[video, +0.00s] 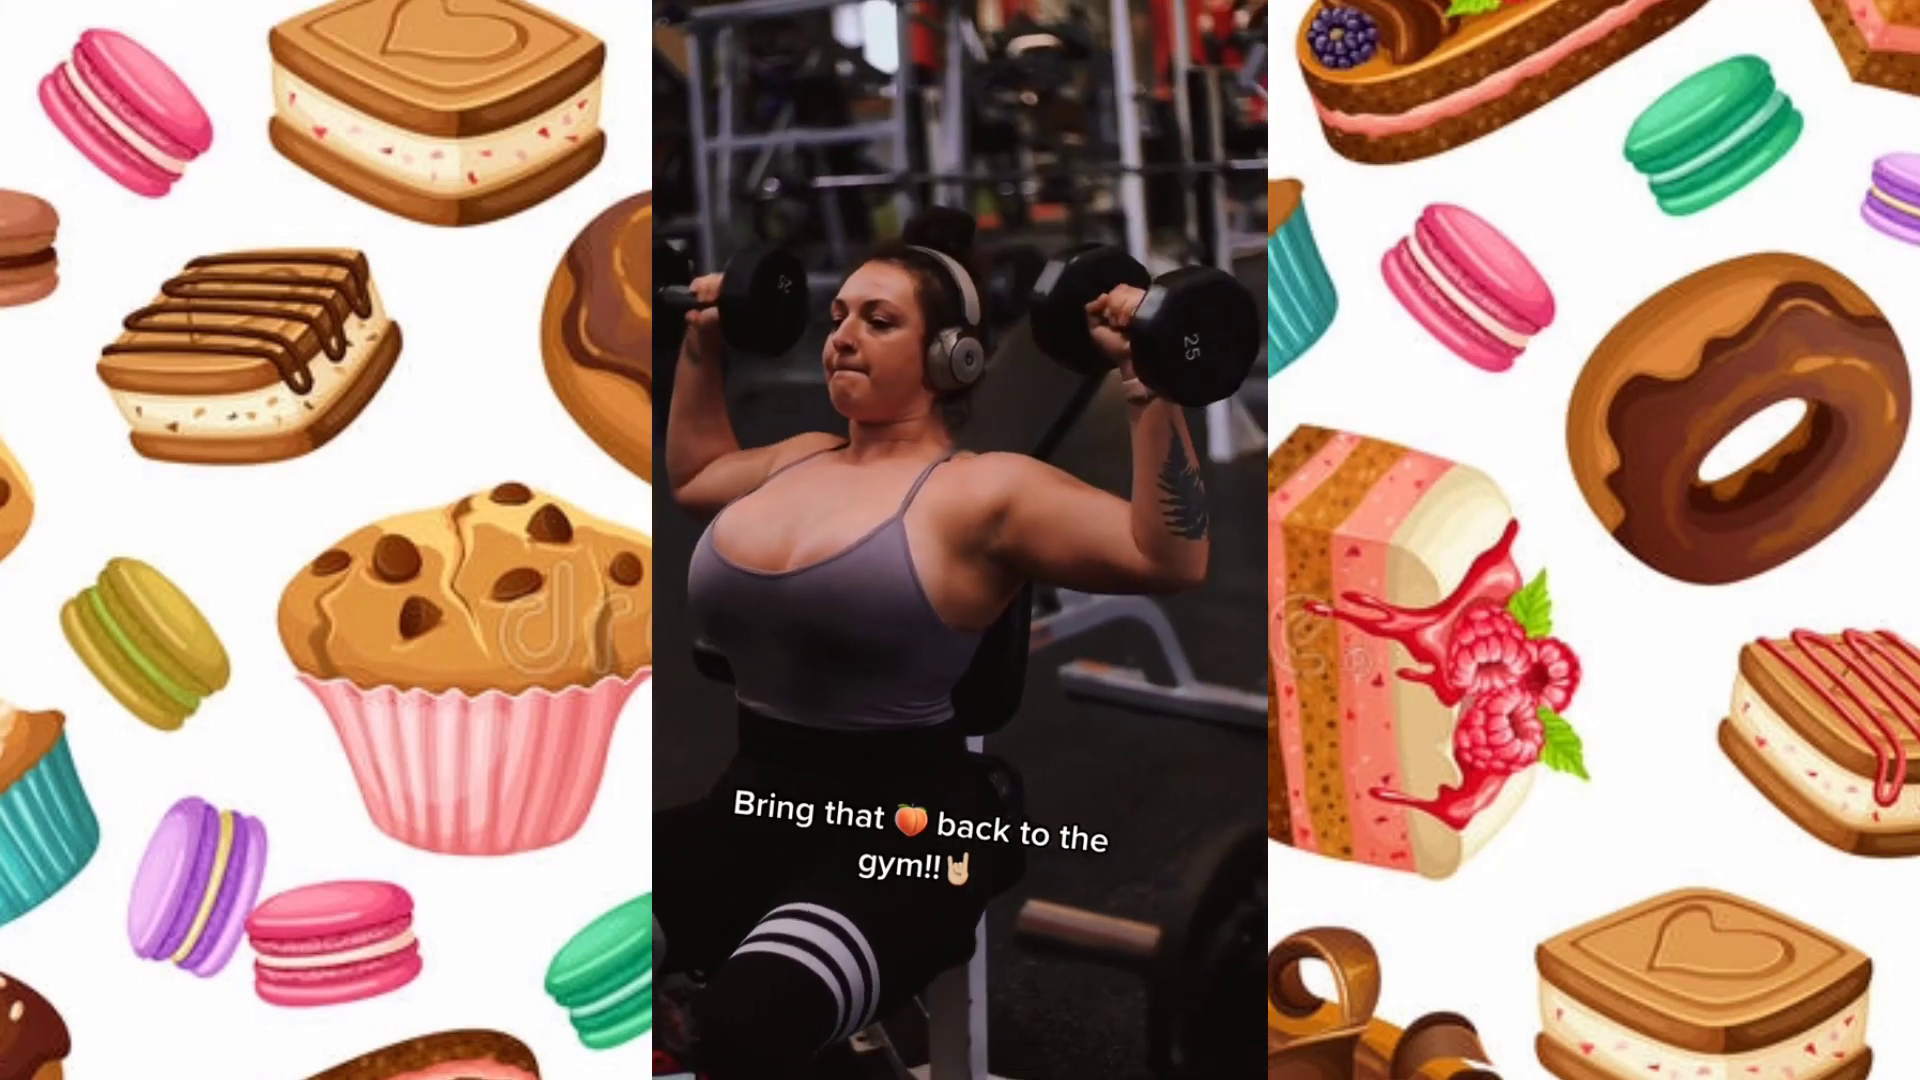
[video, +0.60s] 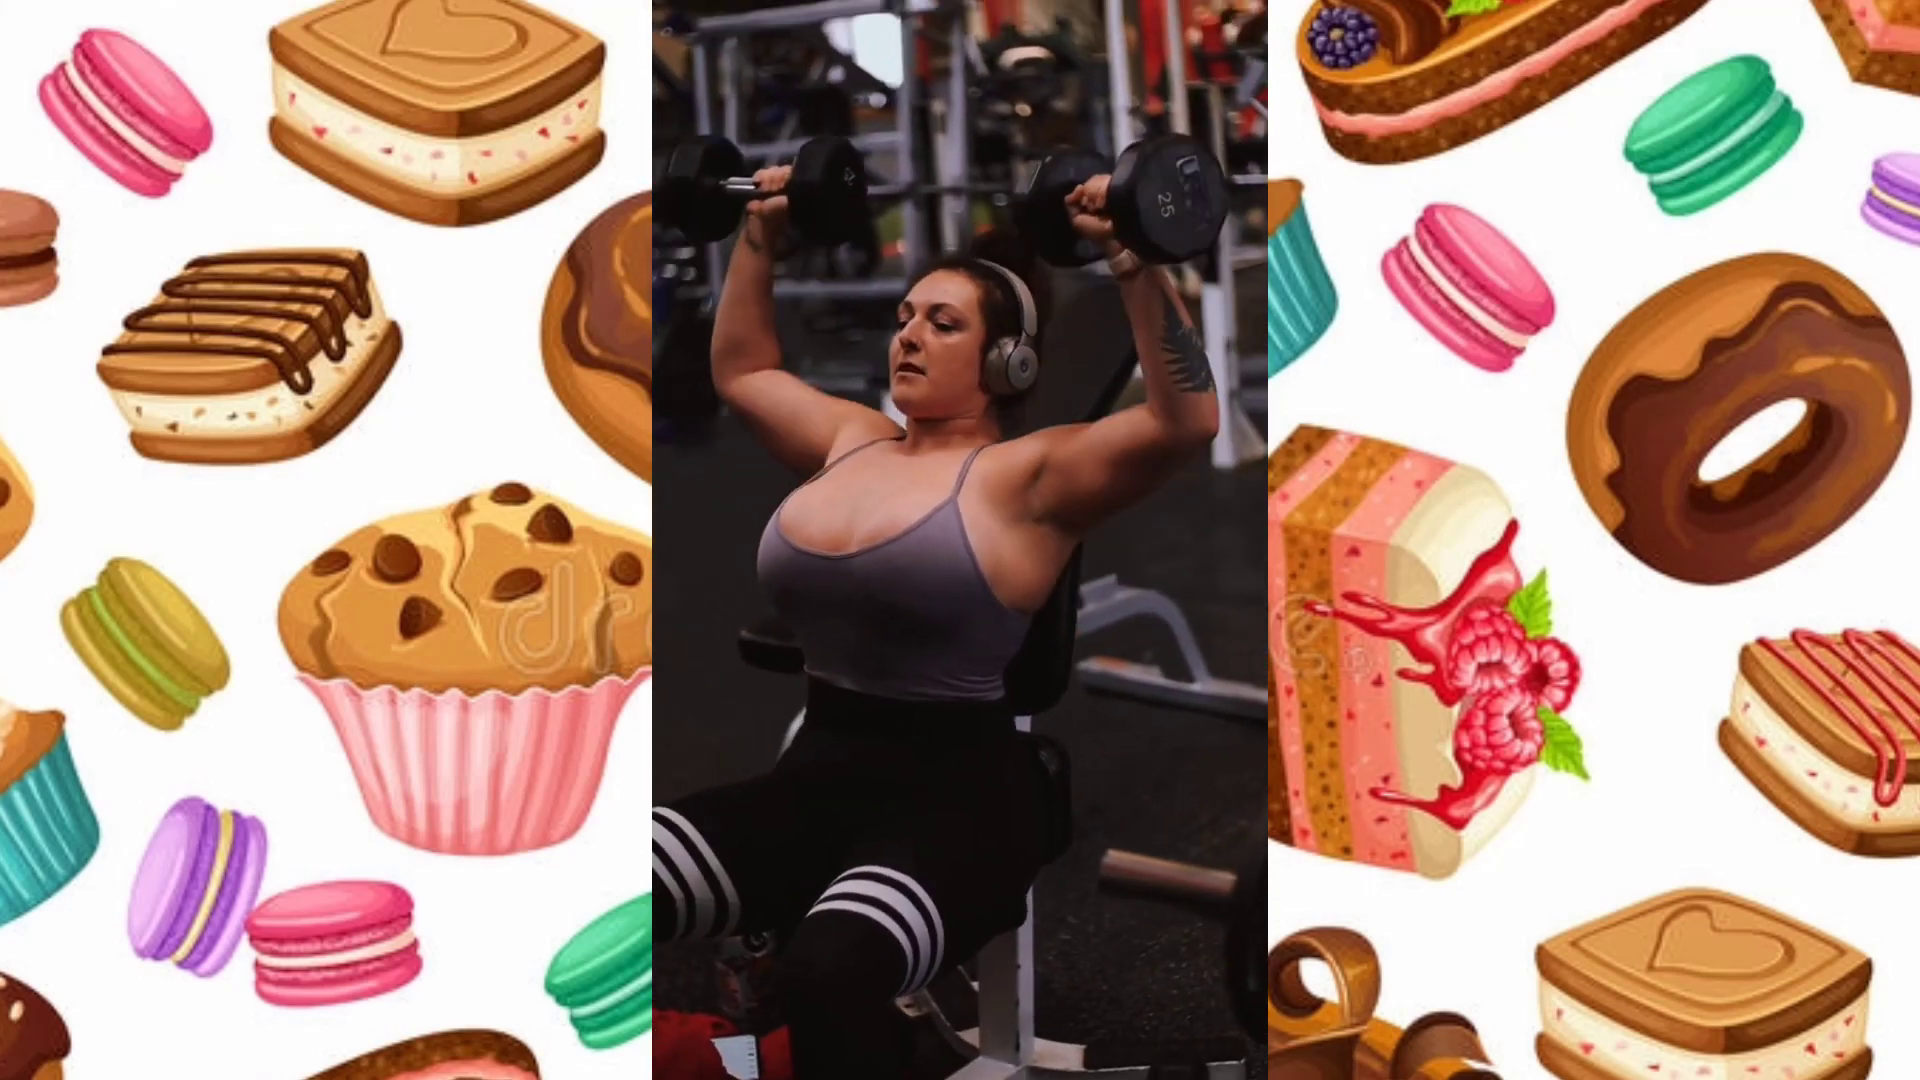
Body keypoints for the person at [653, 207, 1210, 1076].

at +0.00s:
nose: (843, 337)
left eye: (879, 320)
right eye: (839, 316)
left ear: (948, 356)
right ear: (824, 335)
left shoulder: (985, 490)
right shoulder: (804, 456)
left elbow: (1172, 558)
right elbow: (692, 472)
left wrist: (1151, 381)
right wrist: (701, 347)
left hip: (903, 831)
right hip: (759, 811)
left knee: (741, 1023)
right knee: (559, 907)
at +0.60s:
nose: (908, 335)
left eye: (941, 321)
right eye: (904, 319)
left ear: (1005, 358)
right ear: (890, 340)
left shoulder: (1032, 476)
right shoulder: (848, 438)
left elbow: (1186, 423)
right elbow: (743, 368)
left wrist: (1130, 258)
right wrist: (757, 237)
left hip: (961, 797)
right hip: (823, 779)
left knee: (824, 966)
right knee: (608, 885)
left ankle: (922, 1046)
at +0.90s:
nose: (900, 386)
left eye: (932, 373)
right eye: (896, 369)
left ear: (992, 410)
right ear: (884, 390)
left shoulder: (1021, 515)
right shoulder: (852, 481)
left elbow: (1118, 379)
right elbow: (766, 351)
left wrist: (1072, 218)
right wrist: (775, 208)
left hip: (958, 841)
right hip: (822, 823)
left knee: (827, 1013)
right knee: (612, 935)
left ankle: (927, 1055)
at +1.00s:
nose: (885, 400)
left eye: (919, 386)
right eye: (884, 383)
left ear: (979, 421)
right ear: (871, 405)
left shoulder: (1009, 523)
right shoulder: (842, 490)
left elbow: (1080, 364)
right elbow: (769, 349)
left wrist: (1036, 201)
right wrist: (773, 201)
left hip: (945, 849)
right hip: (808, 832)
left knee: (810, 1028)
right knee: (605, 945)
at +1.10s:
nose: (883, 404)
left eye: (914, 390)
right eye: (878, 388)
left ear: (971, 419)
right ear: (864, 410)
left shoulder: (1004, 524)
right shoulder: (839, 493)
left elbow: (1045, 358)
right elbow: (779, 341)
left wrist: (1014, 191)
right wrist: (780, 183)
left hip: (943, 851)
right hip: (804, 834)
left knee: (811, 1025)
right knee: (606, 947)